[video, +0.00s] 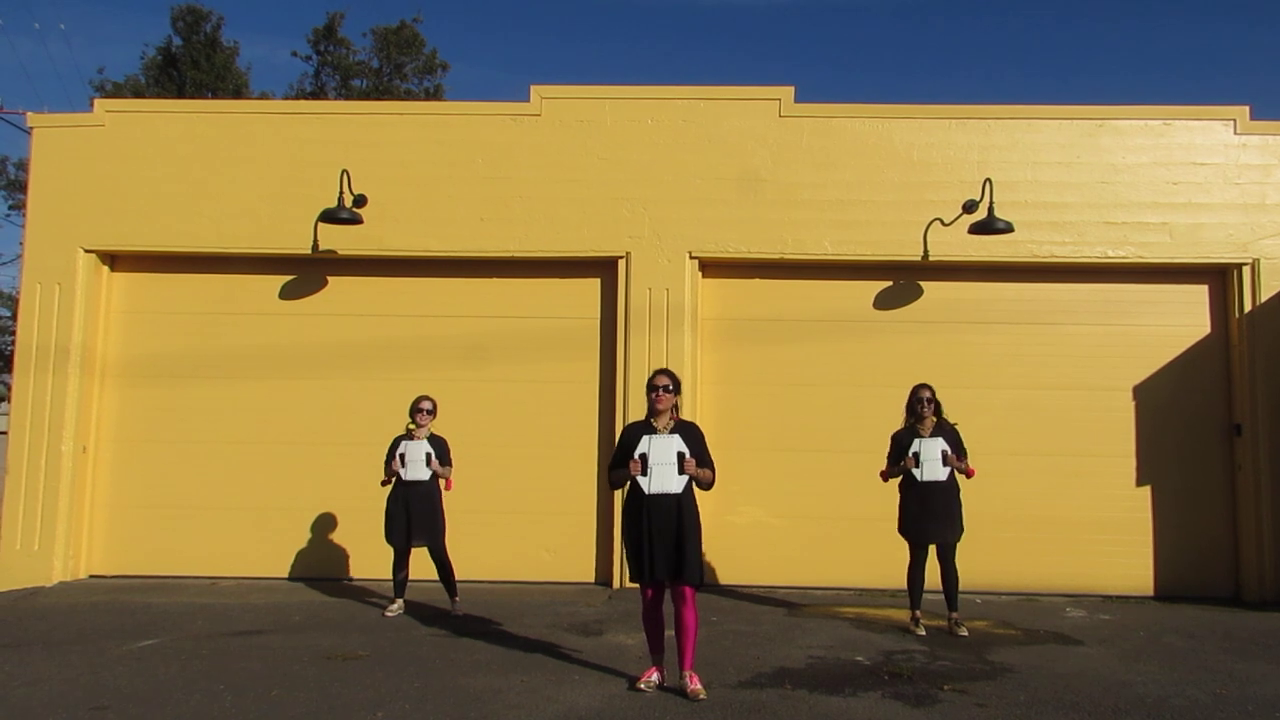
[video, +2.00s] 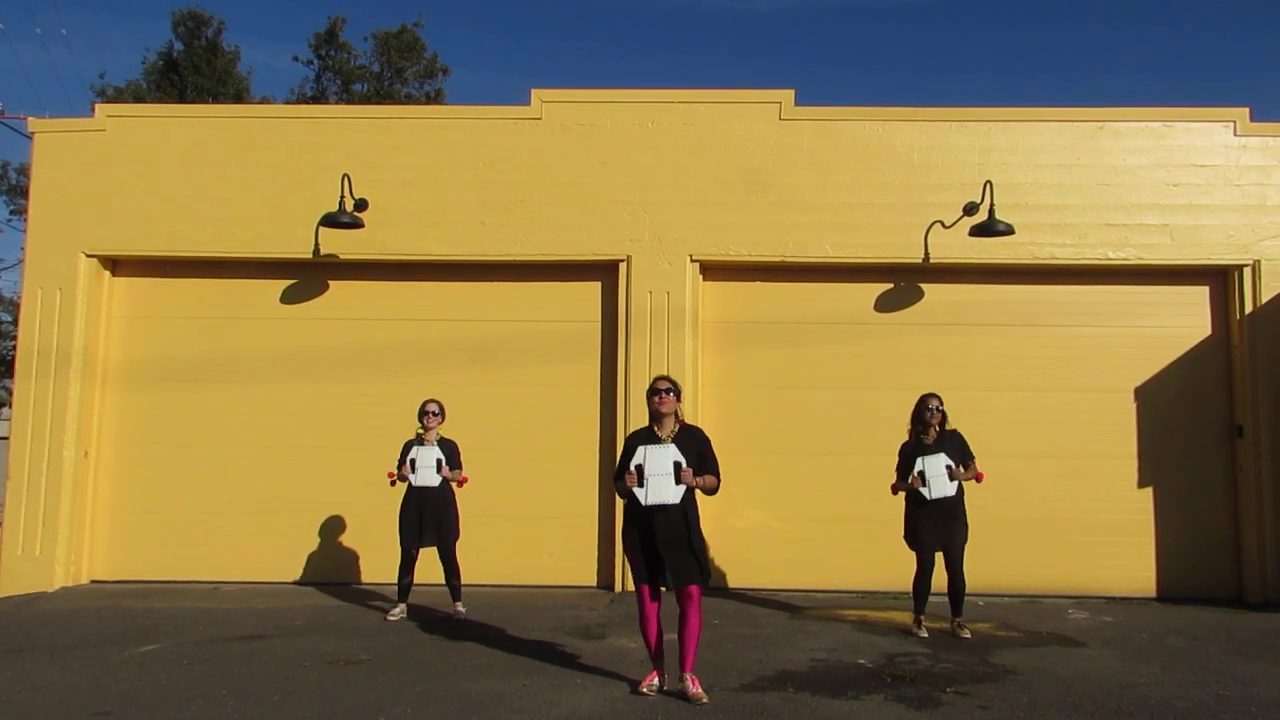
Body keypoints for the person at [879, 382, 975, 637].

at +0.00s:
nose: (924, 405)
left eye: (928, 401)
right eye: (919, 401)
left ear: (935, 403)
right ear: (911, 405)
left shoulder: (949, 432)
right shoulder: (901, 437)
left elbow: (965, 468)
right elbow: (888, 473)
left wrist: (954, 463)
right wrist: (903, 467)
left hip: (946, 506)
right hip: (915, 507)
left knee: (947, 559)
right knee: (918, 558)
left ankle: (953, 617)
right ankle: (915, 616)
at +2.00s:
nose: (934, 413)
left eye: (938, 409)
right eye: (928, 409)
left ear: (943, 413)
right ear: (919, 413)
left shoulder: (954, 439)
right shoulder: (909, 447)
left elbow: (973, 470)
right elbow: (897, 485)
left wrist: (961, 475)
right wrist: (910, 485)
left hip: (953, 517)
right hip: (923, 518)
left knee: (955, 570)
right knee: (925, 568)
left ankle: (957, 621)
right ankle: (918, 620)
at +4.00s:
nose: (909, 408)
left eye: (913, 404)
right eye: (903, 404)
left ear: (919, 407)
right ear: (896, 408)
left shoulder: (932, 434)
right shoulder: (886, 439)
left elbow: (946, 471)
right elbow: (874, 475)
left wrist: (933, 465)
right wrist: (885, 469)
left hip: (926, 511)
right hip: (896, 512)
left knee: (930, 565)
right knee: (898, 563)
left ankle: (935, 619)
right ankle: (896, 618)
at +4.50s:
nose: (908, 413)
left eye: (912, 409)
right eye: (903, 409)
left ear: (918, 413)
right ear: (895, 414)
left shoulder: (927, 444)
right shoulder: (885, 441)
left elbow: (938, 483)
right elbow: (863, 475)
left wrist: (937, 470)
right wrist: (891, 467)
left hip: (923, 514)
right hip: (893, 513)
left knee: (928, 569)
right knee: (898, 567)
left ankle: (931, 621)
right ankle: (894, 621)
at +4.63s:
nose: (906, 401)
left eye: (910, 396)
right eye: (900, 398)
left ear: (916, 400)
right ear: (892, 402)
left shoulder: (924, 427)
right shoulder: (885, 424)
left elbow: (950, 464)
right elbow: (878, 443)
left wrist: (953, 440)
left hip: (919, 501)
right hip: (890, 501)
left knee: (920, 559)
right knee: (893, 558)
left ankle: (927, 615)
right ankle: (891, 616)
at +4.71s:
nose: (904, 402)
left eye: (909, 398)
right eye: (899, 398)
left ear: (915, 403)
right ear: (888, 402)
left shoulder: (921, 431)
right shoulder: (881, 425)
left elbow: (960, 448)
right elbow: (893, 420)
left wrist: (965, 418)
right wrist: (922, 404)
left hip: (919, 502)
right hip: (889, 501)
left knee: (917, 559)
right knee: (893, 559)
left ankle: (921, 614)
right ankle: (892, 614)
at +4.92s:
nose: (909, 401)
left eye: (912, 398)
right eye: (904, 397)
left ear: (917, 403)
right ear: (895, 403)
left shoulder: (924, 428)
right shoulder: (886, 425)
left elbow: (959, 410)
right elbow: (892, 395)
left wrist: (962, 377)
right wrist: (922, 364)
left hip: (919, 503)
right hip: (889, 502)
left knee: (917, 560)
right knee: (892, 559)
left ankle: (921, 615)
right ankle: (891, 613)